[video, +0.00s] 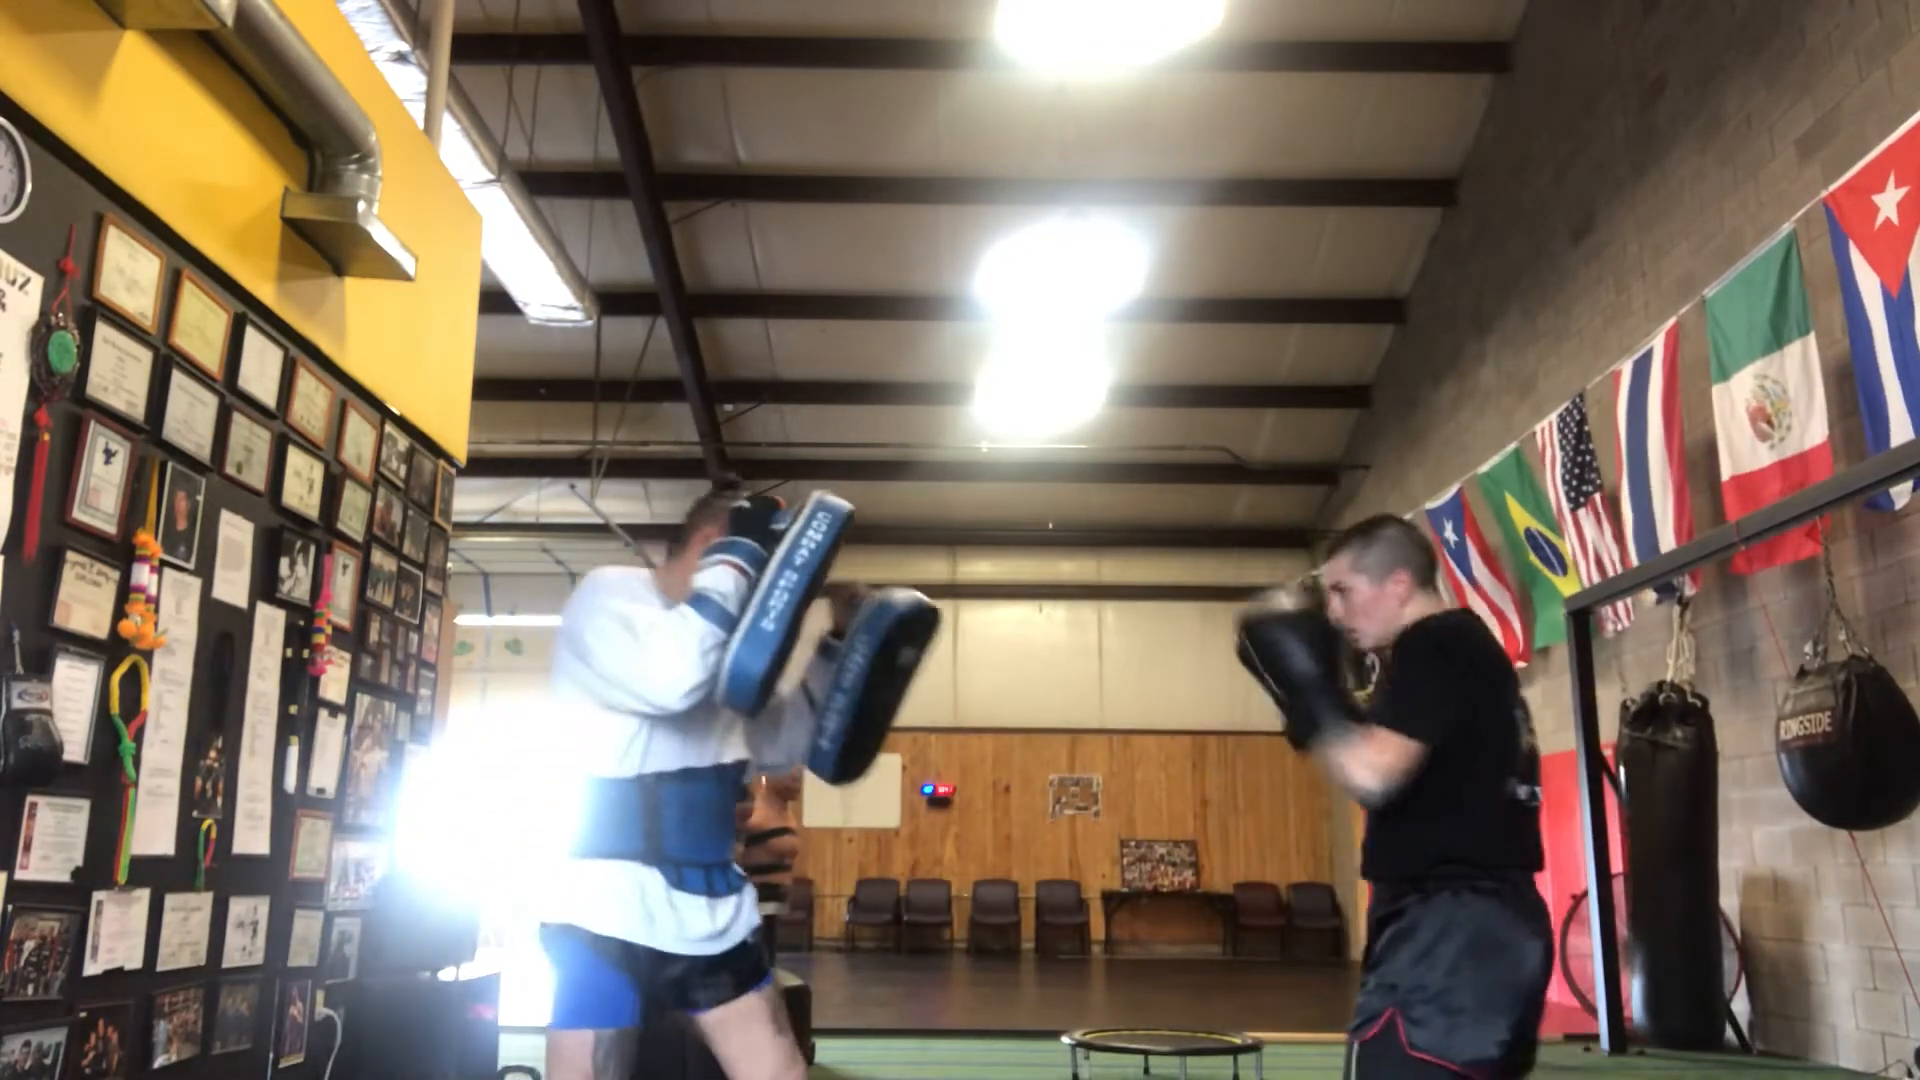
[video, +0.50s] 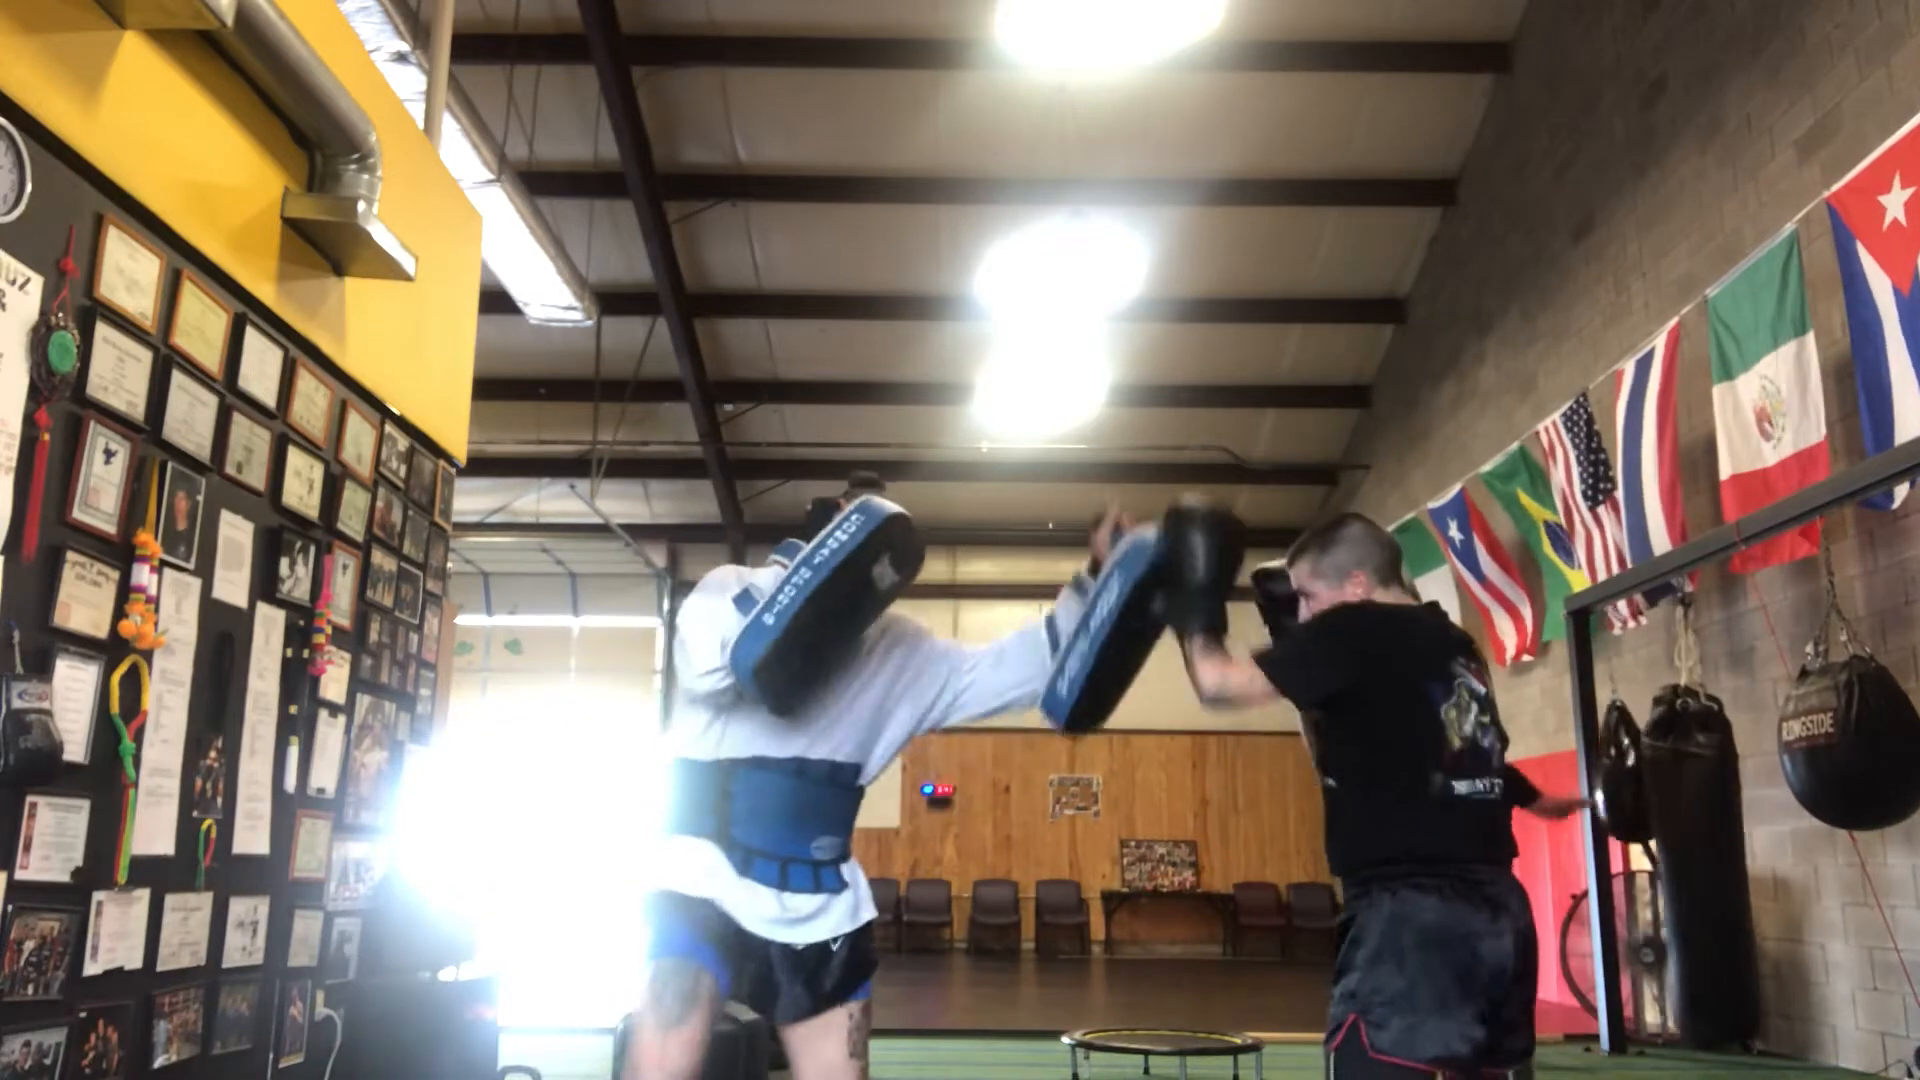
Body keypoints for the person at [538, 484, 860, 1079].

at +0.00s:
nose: (729, 568)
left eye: (744, 558)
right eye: (722, 552)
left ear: (744, 565)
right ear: (694, 543)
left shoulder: (731, 644)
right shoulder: (607, 593)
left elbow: (777, 746)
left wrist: (840, 643)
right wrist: (738, 560)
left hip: (713, 911)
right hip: (602, 910)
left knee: (776, 1069)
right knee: (581, 1072)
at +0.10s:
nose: (775, 578)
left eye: (781, 571)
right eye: (769, 562)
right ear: (730, 546)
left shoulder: (749, 661)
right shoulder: (630, 601)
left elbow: (812, 765)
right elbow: (686, 693)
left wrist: (870, 678)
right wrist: (751, 574)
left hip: (741, 927)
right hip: (628, 921)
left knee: (786, 1069)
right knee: (597, 1071)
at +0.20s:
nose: (795, 559)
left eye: (809, 549)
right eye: (786, 541)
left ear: (818, 562)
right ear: (750, 541)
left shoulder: (792, 665)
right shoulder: (664, 598)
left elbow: (830, 780)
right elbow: (697, 689)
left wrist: (902, 699)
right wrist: (764, 569)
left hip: (774, 927)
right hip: (658, 922)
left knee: (808, 1068)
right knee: (616, 1071)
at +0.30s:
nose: (861, 566)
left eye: (866, 551)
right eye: (849, 540)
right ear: (812, 533)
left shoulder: (839, 663)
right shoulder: (692, 590)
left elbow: (895, 750)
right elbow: (702, 673)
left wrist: (971, 669)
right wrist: (783, 571)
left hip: (797, 916)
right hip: (673, 909)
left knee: (822, 1066)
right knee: (631, 1068)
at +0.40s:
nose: (849, 563)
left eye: (861, 552)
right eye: (836, 541)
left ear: (875, 568)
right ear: (805, 539)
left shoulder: (882, 660)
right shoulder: (717, 592)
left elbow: (987, 702)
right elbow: (695, 667)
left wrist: (1071, 629)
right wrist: (802, 580)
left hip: (808, 899)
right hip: (687, 887)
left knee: (827, 1067)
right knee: (645, 1061)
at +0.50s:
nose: (867, 569)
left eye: (884, 559)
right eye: (857, 546)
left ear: (892, 574)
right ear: (822, 537)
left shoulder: (905, 653)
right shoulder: (732, 592)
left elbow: (1014, 667)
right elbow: (703, 661)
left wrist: (1097, 583)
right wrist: (818, 567)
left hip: (815, 899)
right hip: (698, 883)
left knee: (833, 1065)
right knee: (668, 1055)